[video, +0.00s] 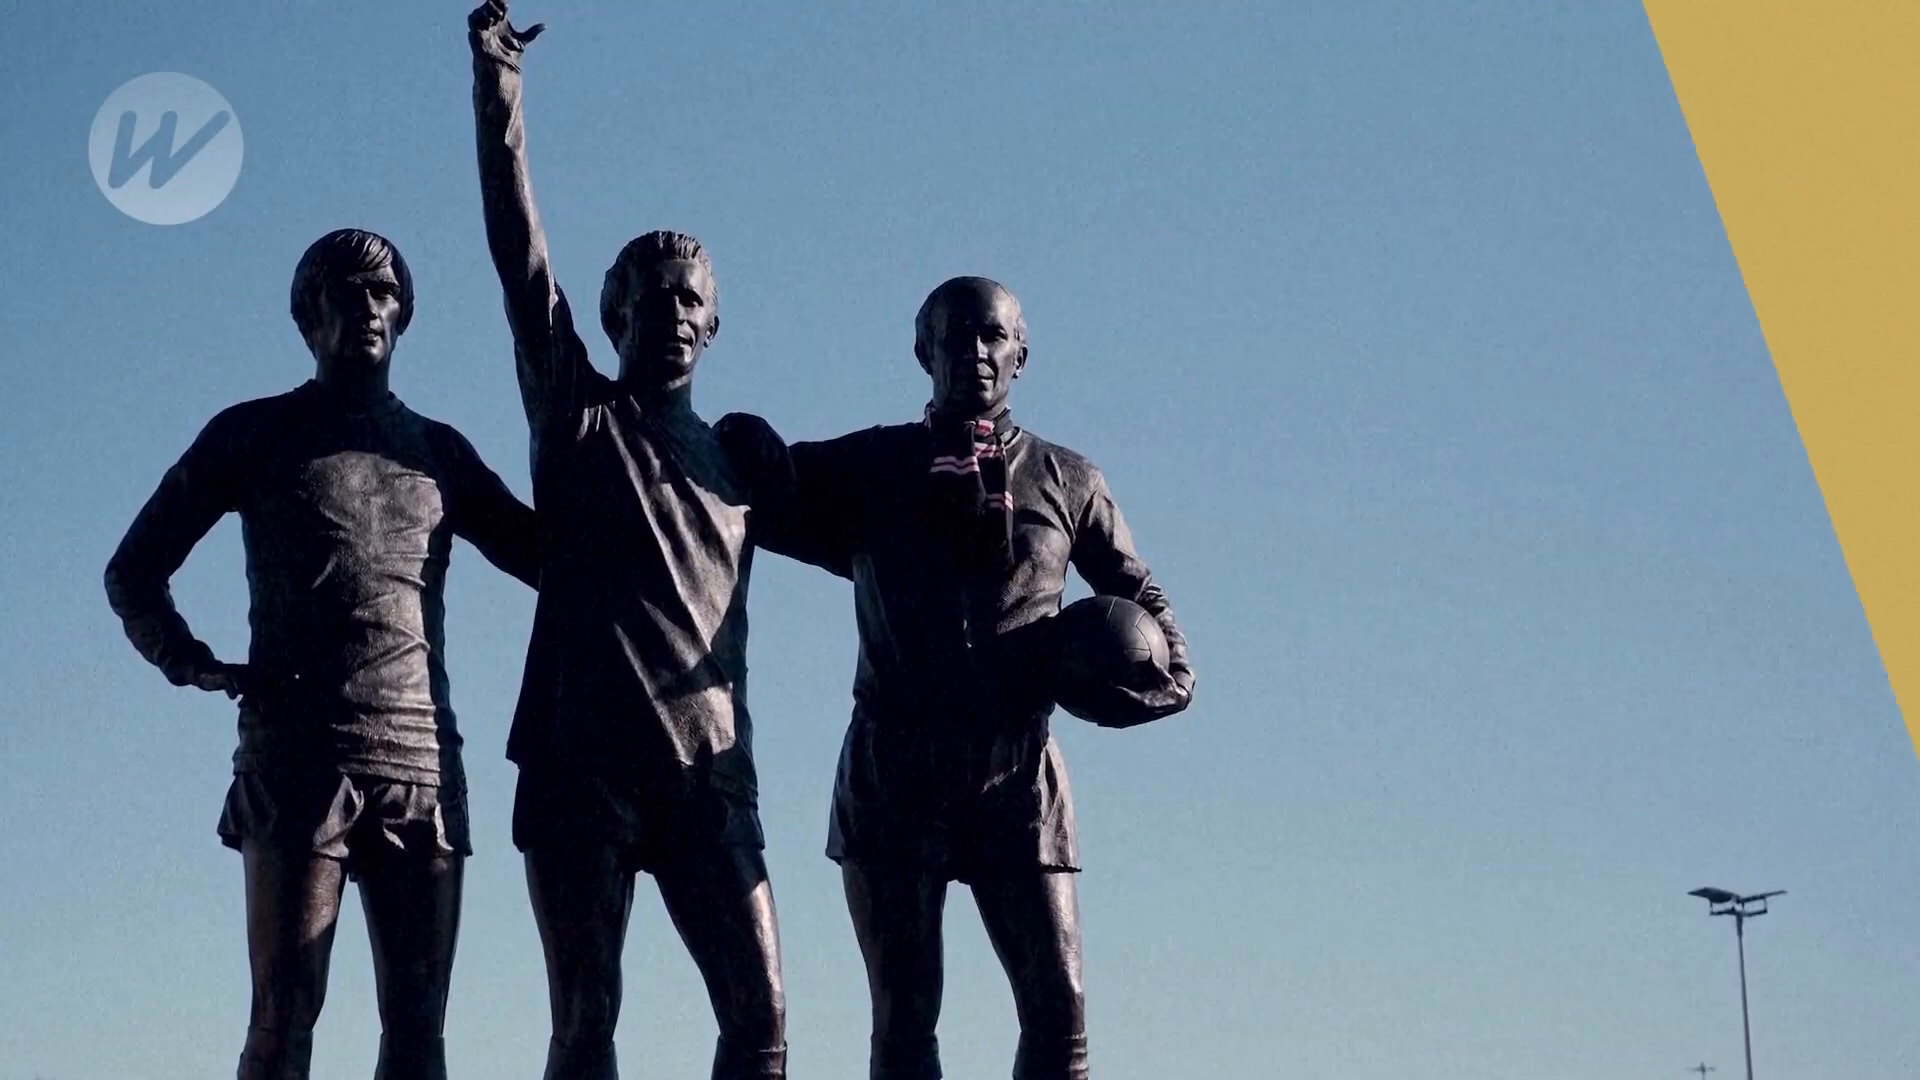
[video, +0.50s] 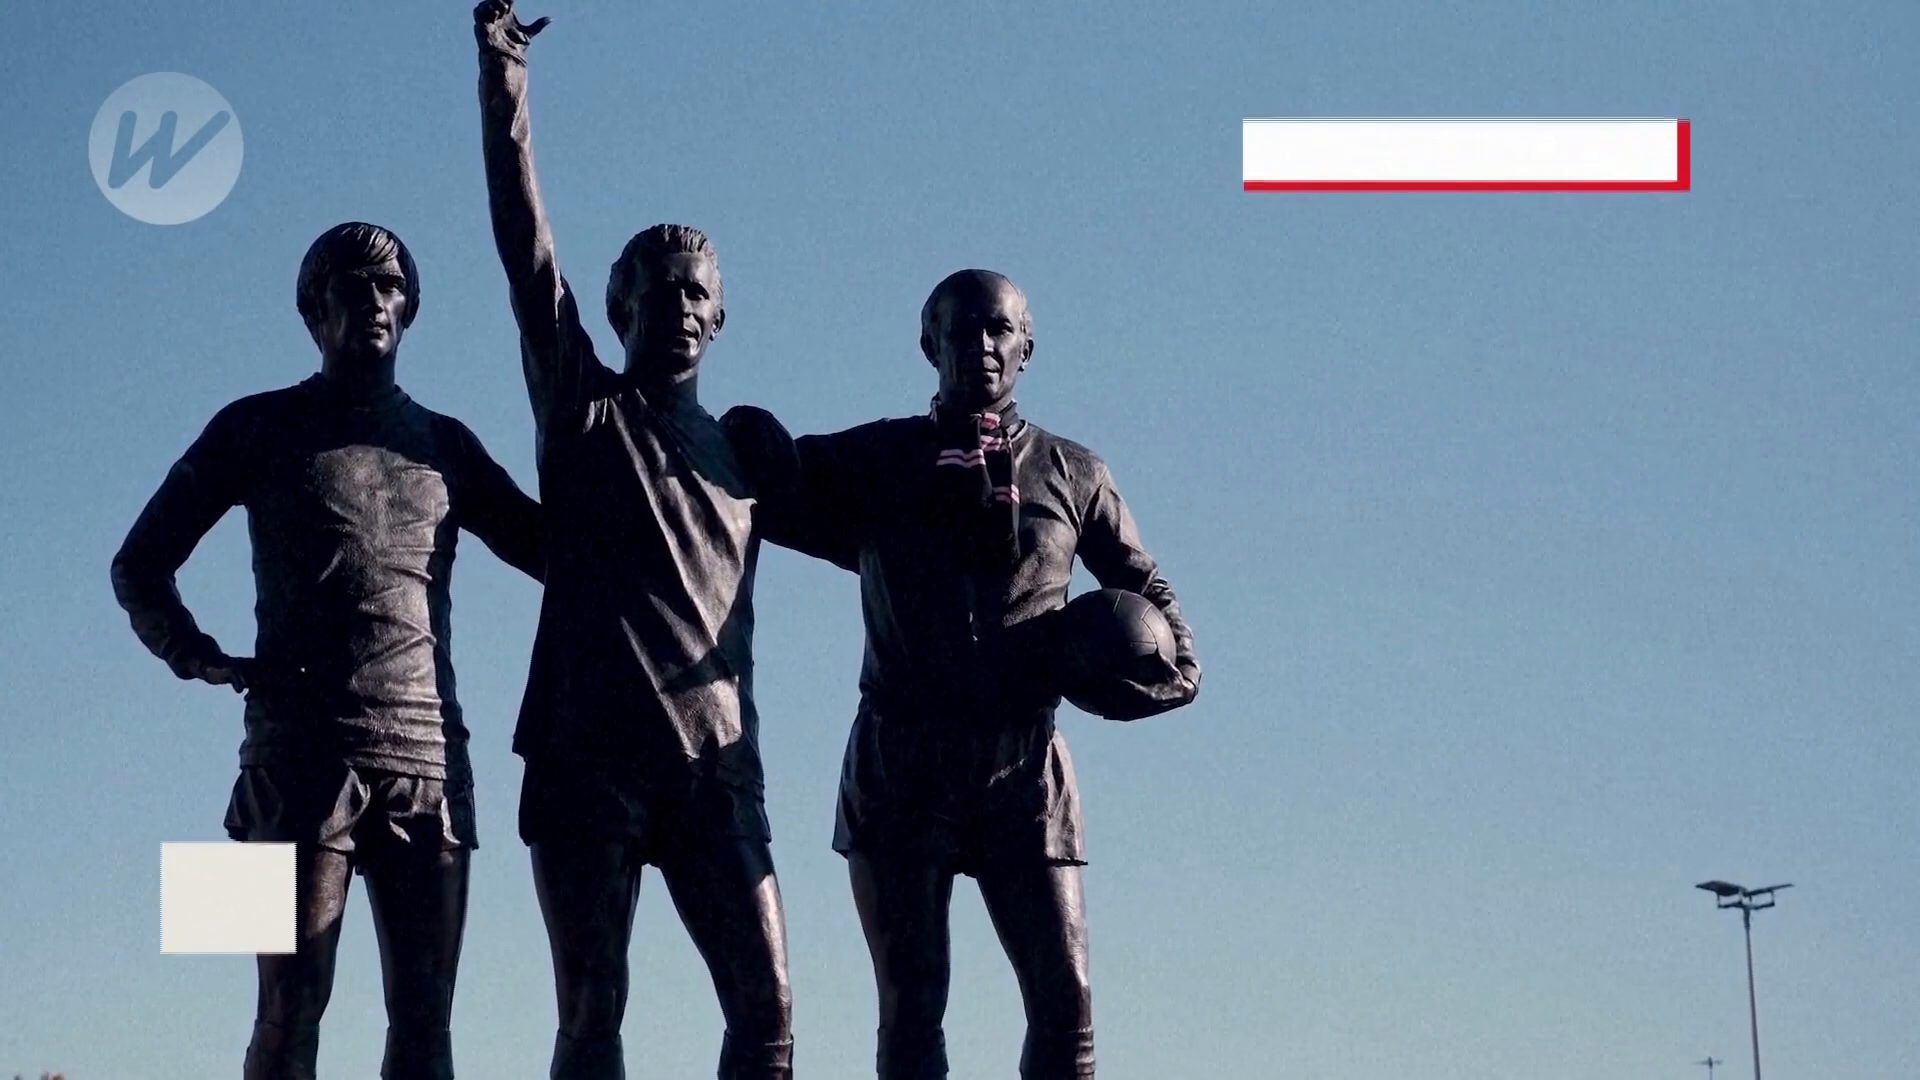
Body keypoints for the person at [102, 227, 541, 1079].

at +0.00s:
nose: (367, 306)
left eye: (382, 292)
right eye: (345, 291)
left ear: (404, 314)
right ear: (306, 311)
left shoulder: (440, 450)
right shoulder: (249, 435)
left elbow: (539, 554)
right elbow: (133, 574)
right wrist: (190, 663)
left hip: (421, 765)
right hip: (299, 760)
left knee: (418, 1024)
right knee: (286, 1021)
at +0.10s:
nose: (368, 305)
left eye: (383, 291)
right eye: (346, 290)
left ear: (405, 313)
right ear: (306, 310)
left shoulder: (441, 449)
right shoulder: (249, 434)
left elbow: (541, 552)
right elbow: (133, 573)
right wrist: (193, 662)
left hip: (421, 764)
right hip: (299, 758)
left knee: (419, 1021)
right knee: (287, 1016)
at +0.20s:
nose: (368, 302)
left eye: (384, 288)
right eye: (346, 288)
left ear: (406, 311)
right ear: (308, 309)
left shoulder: (442, 448)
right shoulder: (250, 432)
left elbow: (544, 551)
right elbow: (134, 571)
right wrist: (188, 656)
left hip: (422, 761)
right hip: (300, 754)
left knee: (420, 1019)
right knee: (288, 1012)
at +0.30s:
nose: (371, 301)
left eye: (386, 287)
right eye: (349, 286)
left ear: (408, 309)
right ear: (310, 306)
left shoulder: (444, 446)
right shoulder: (252, 430)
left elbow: (543, 548)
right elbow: (136, 569)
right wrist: (193, 656)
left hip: (425, 758)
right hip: (302, 752)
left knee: (422, 1016)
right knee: (290, 1012)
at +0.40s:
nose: (374, 300)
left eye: (389, 286)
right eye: (352, 285)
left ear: (410, 307)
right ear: (312, 305)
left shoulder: (446, 444)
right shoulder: (253, 429)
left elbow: (545, 547)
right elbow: (137, 569)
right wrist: (196, 656)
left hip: (426, 757)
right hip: (304, 751)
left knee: (424, 1014)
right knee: (292, 1011)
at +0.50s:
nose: (375, 301)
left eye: (389, 287)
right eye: (352, 286)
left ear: (410, 307)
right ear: (313, 305)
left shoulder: (447, 444)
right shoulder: (254, 429)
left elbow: (546, 547)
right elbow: (138, 569)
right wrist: (199, 657)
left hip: (426, 757)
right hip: (303, 751)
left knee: (426, 1013)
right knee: (293, 1009)